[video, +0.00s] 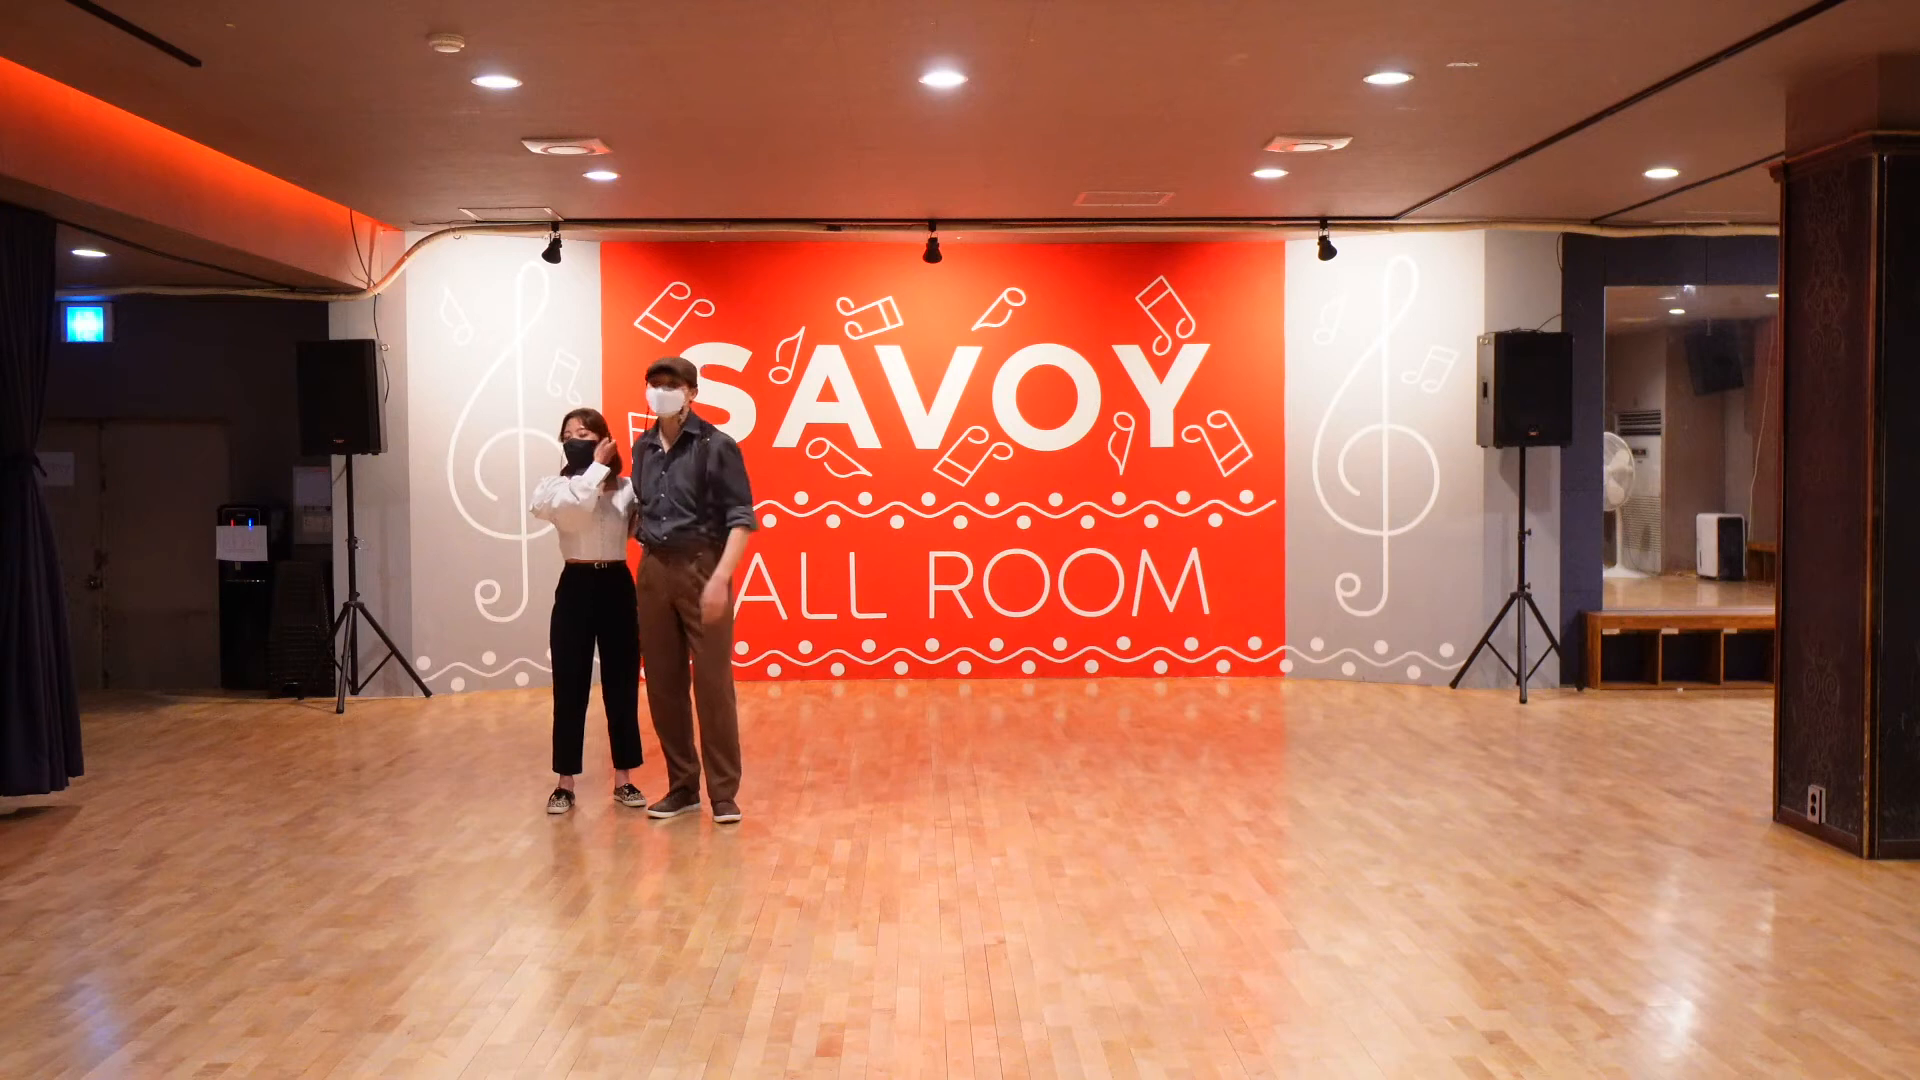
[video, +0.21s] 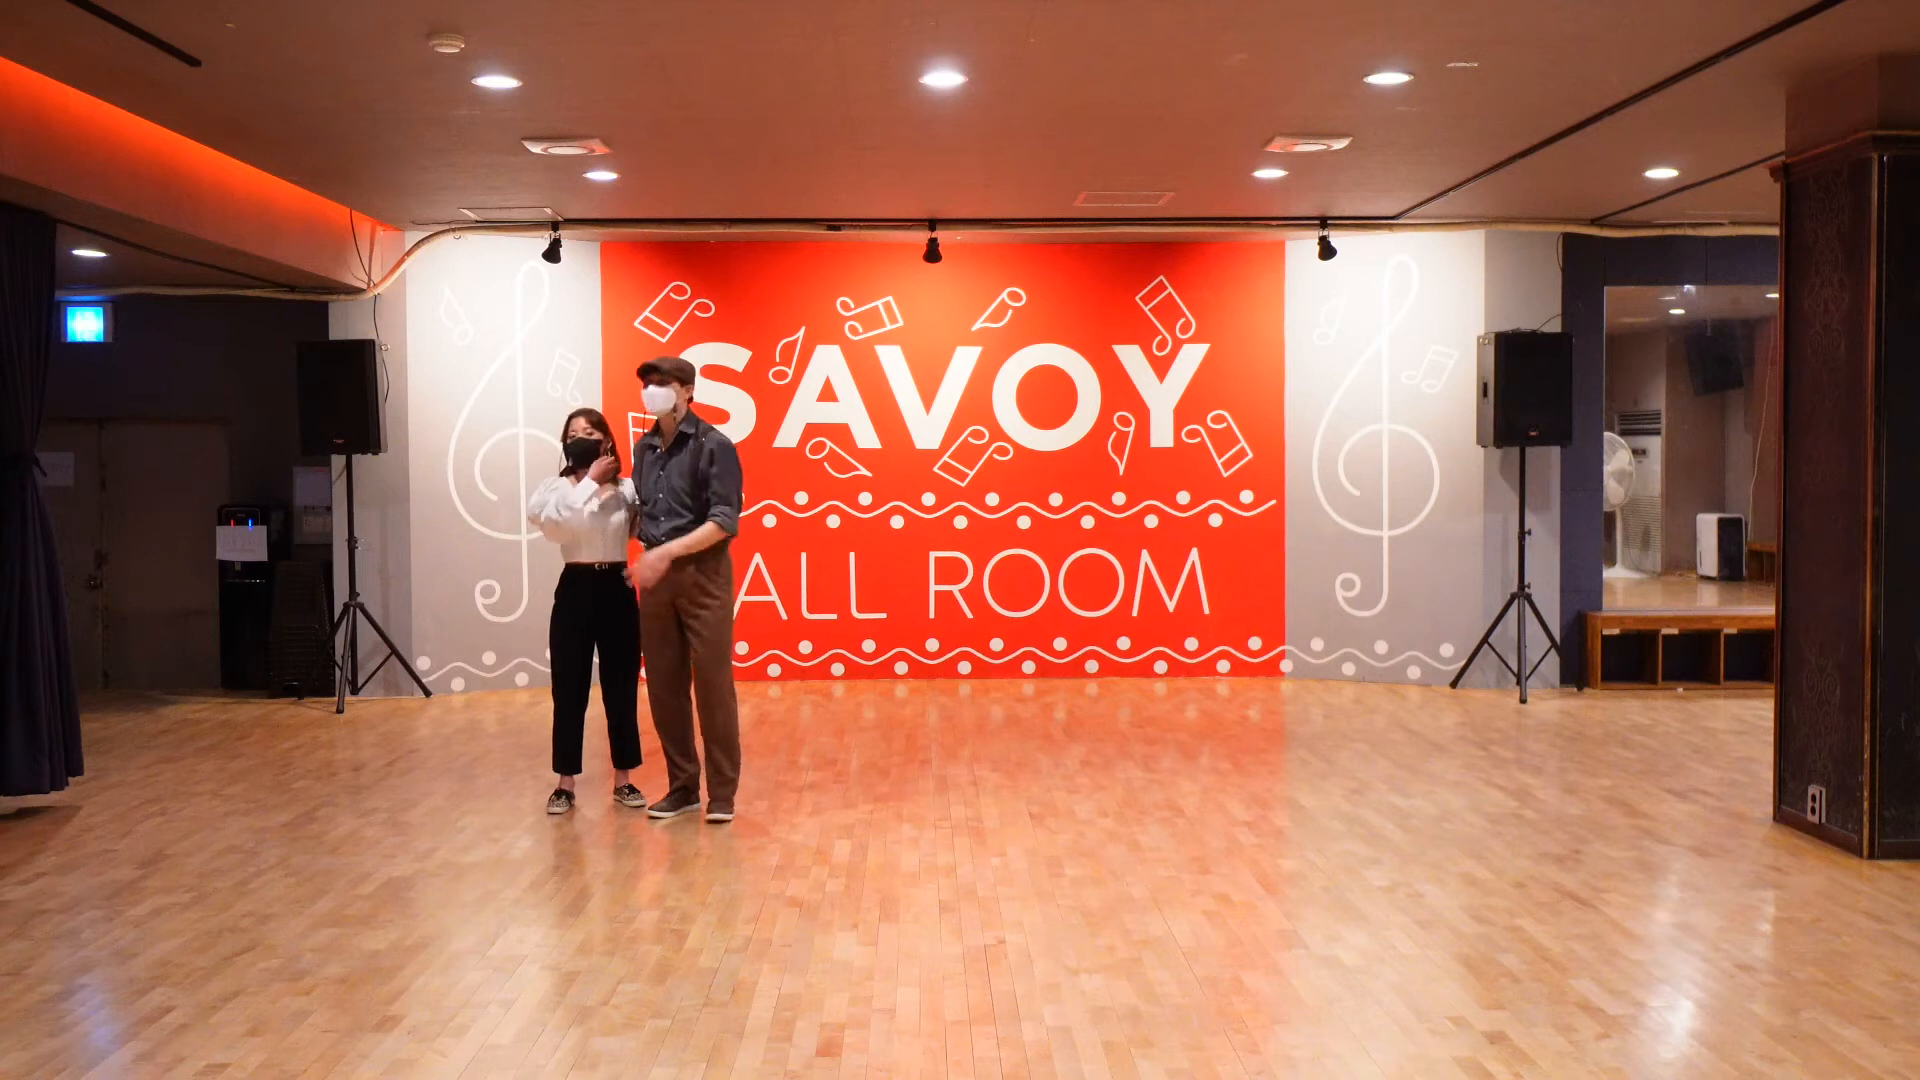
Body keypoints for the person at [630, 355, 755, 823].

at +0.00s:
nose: (660, 393)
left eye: (670, 386)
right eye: (654, 385)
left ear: (690, 394)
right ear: (647, 393)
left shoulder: (717, 446)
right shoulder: (644, 448)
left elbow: (744, 521)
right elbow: (640, 508)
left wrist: (720, 580)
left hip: (704, 569)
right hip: (653, 570)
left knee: (713, 684)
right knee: (664, 685)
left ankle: (724, 795)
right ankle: (683, 787)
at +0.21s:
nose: (648, 392)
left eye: (659, 384)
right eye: (647, 385)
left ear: (684, 392)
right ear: (648, 395)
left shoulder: (714, 445)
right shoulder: (645, 448)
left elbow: (725, 521)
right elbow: (640, 514)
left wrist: (666, 551)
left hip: (704, 570)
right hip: (656, 572)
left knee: (713, 684)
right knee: (665, 685)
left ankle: (722, 793)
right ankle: (683, 787)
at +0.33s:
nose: (645, 391)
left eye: (656, 384)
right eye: (645, 383)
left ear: (683, 391)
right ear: (648, 391)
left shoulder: (710, 444)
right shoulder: (647, 446)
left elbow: (711, 521)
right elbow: (640, 507)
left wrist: (644, 535)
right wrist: (618, 533)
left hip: (702, 568)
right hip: (658, 569)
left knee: (710, 683)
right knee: (665, 684)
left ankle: (720, 792)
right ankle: (683, 787)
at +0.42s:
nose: (646, 389)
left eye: (656, 383)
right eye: (646, 381)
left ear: (682, 390)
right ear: (650, 392)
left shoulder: (707, 444)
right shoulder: (648, 446)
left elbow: (702, 522)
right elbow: (643, 508)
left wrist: (632, 530)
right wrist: (604, 512)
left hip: (701, 569)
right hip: (658, 567)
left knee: (710, 682)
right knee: (665, 685)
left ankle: (720, 793)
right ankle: (683, 787)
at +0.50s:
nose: (641, 388)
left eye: (652, 381)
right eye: (642, 380)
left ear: (678, 390)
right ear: (655, 392)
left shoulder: (704, 446)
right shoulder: (648, 447)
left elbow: (695, 525)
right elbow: (645, 510)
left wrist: (626, 528)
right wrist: (611, 522)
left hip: (699, 570)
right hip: (657, 568)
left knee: (707, 683)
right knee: (664, 684)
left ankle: (720, 793)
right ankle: (683, 787)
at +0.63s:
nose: (635, 385)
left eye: (645, 380)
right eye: (637, 378)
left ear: (672, 391)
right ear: (659, 393)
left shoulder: (696, 446)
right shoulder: (648, 442)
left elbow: (684, 525)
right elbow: (641, 507)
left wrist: (619, 526)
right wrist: (600, 515)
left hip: (696, 569)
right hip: (656, 567)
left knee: (704, 683)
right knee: (665, 683)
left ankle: (720, 793)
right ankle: (683, 786)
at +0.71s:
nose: (634, 390)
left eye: (643, 384)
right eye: (636, 382)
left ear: (668, 393)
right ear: (658, 394)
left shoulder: (692, 448)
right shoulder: (648, 443)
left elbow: (678, 528)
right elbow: (640, 507)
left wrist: (612, 532)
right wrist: (599, 518)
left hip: (692, 572)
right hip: (653, 569)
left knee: (693, 682)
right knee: (657, 685)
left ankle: (719, 793)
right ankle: (682, 788)